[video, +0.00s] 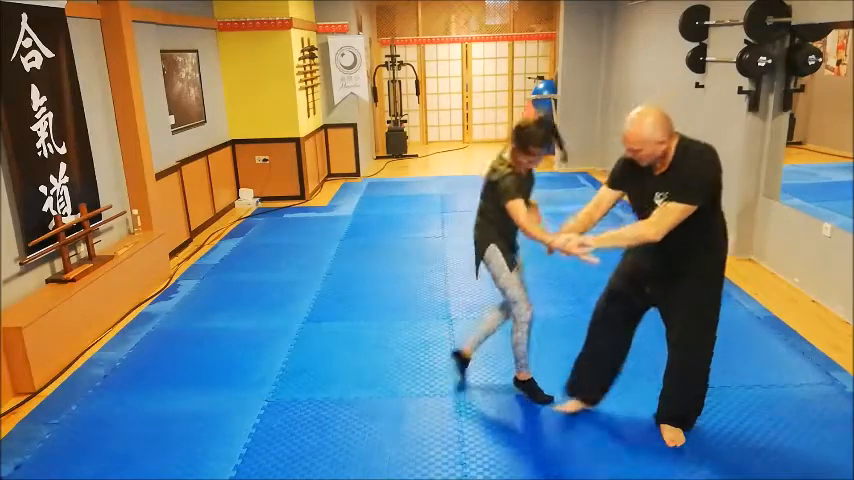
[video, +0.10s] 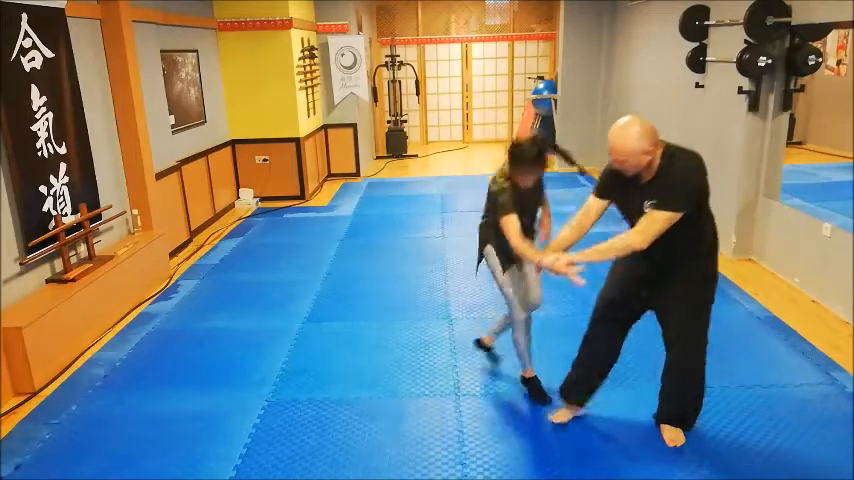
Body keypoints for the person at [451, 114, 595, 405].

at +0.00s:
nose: (531, 163)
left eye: (537, 158)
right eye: (527, 156)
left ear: (543, 153)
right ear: (514, 148)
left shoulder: (524, 170)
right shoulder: (504, 175)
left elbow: (528, 202)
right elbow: (522, 221)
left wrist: (534, 219)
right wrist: (556, 243)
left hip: (508, 239)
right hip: (490, 240)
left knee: (509, 306)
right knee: (523, 310)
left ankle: (465, 352)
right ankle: (522, 376)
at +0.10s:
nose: (528, 181)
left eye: (534, 176)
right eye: (522, 176)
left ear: (541, 168)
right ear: (512, 168)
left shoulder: (536, 177)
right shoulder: (502, 188)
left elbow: (543, 203)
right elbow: (515, 240)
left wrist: (545, 222)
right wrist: (548, 262)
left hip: (525, 236)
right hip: (496, 240)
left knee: (533, 300)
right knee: (519, 310)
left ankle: (489, 338)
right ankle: (528, 373)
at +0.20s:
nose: (521, 213)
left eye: (526, 209)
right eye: (517, 209)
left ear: (536, 196)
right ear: (508, 200)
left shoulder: (542, 185)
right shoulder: (496, 206)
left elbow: (555, 192)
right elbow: (502, 262)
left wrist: (552, 228)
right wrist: (540, 279)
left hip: (534, 244)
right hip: (504, 253)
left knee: (537, 305)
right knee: (519, 319)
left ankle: (517, 334)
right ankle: (530, 372)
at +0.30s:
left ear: (525, 230)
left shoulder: (542, 220)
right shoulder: (488, 235)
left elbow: (547, 272)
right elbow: (493, 291)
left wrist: (532, 298)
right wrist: (528, 308)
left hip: (538, 258)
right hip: (506, 265)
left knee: (538, 310)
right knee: (519, 319)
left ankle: (533, 337)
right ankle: (533, 375)